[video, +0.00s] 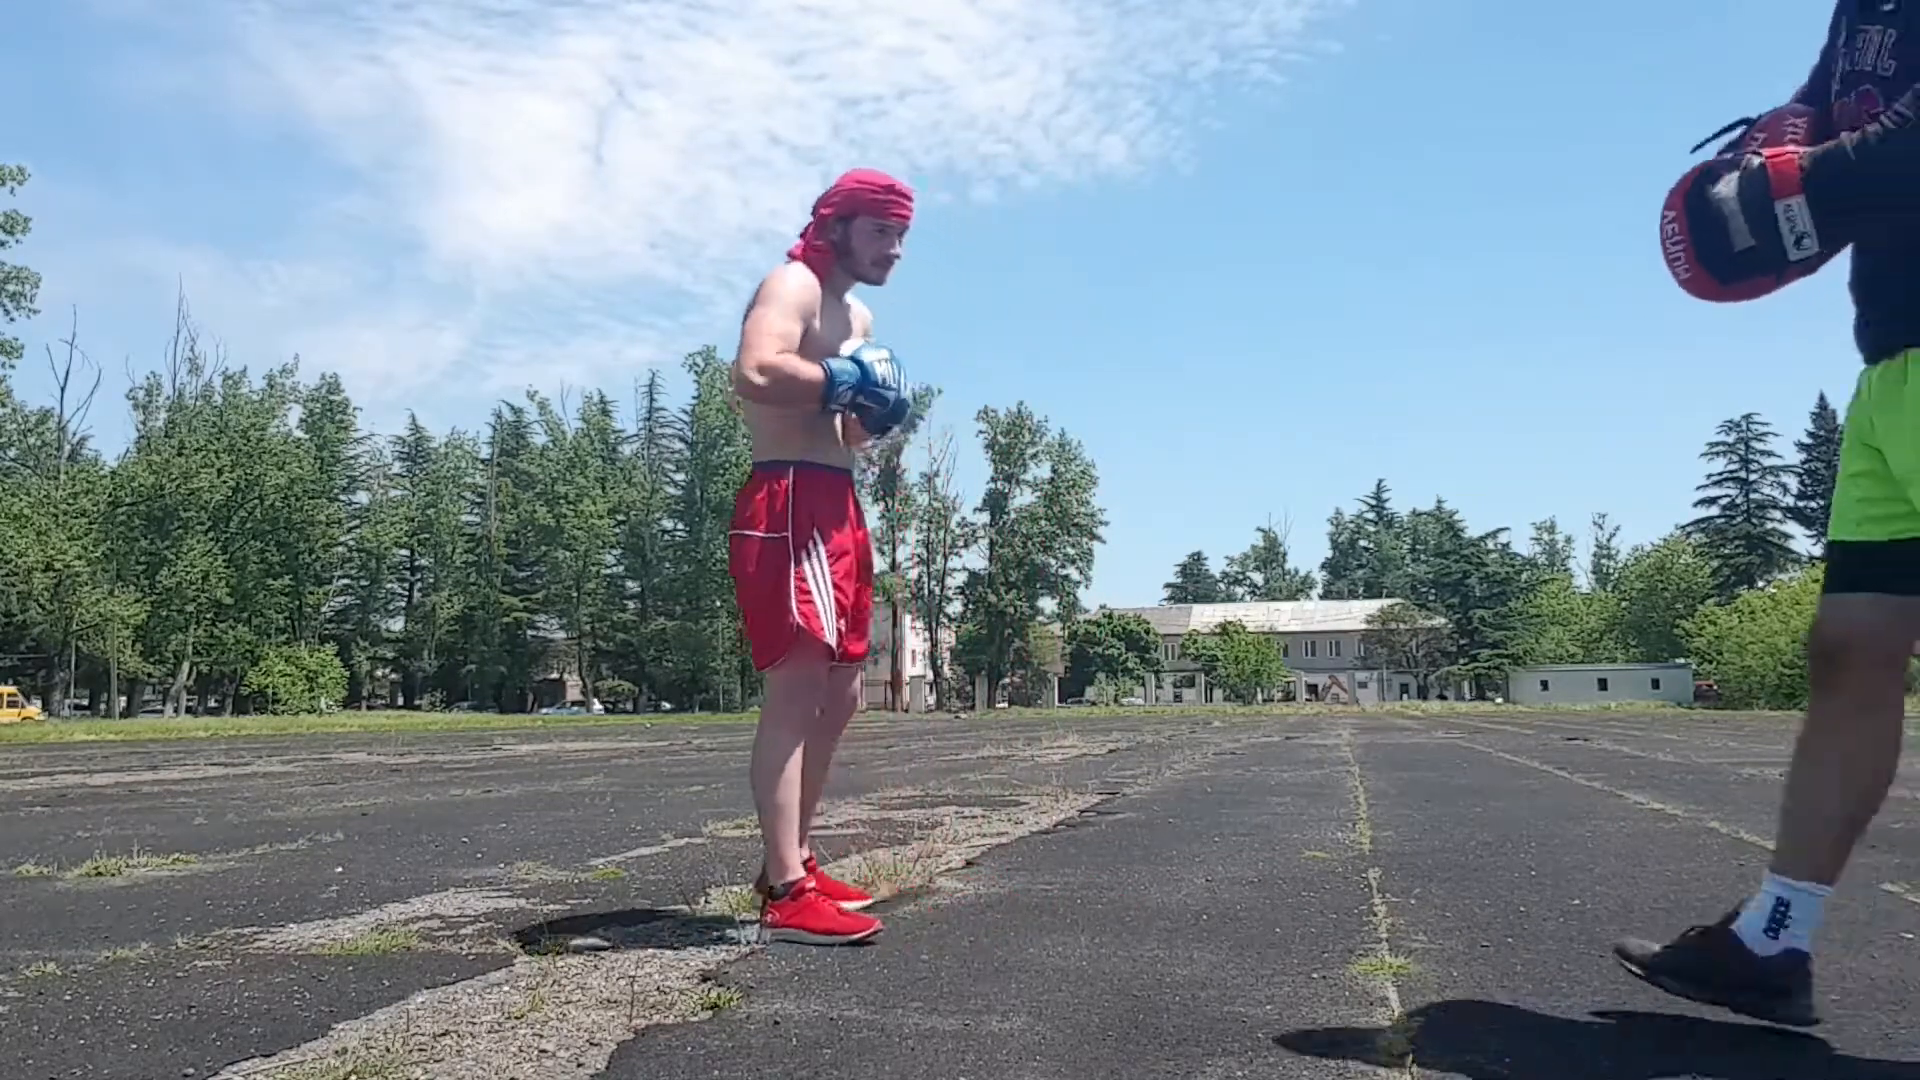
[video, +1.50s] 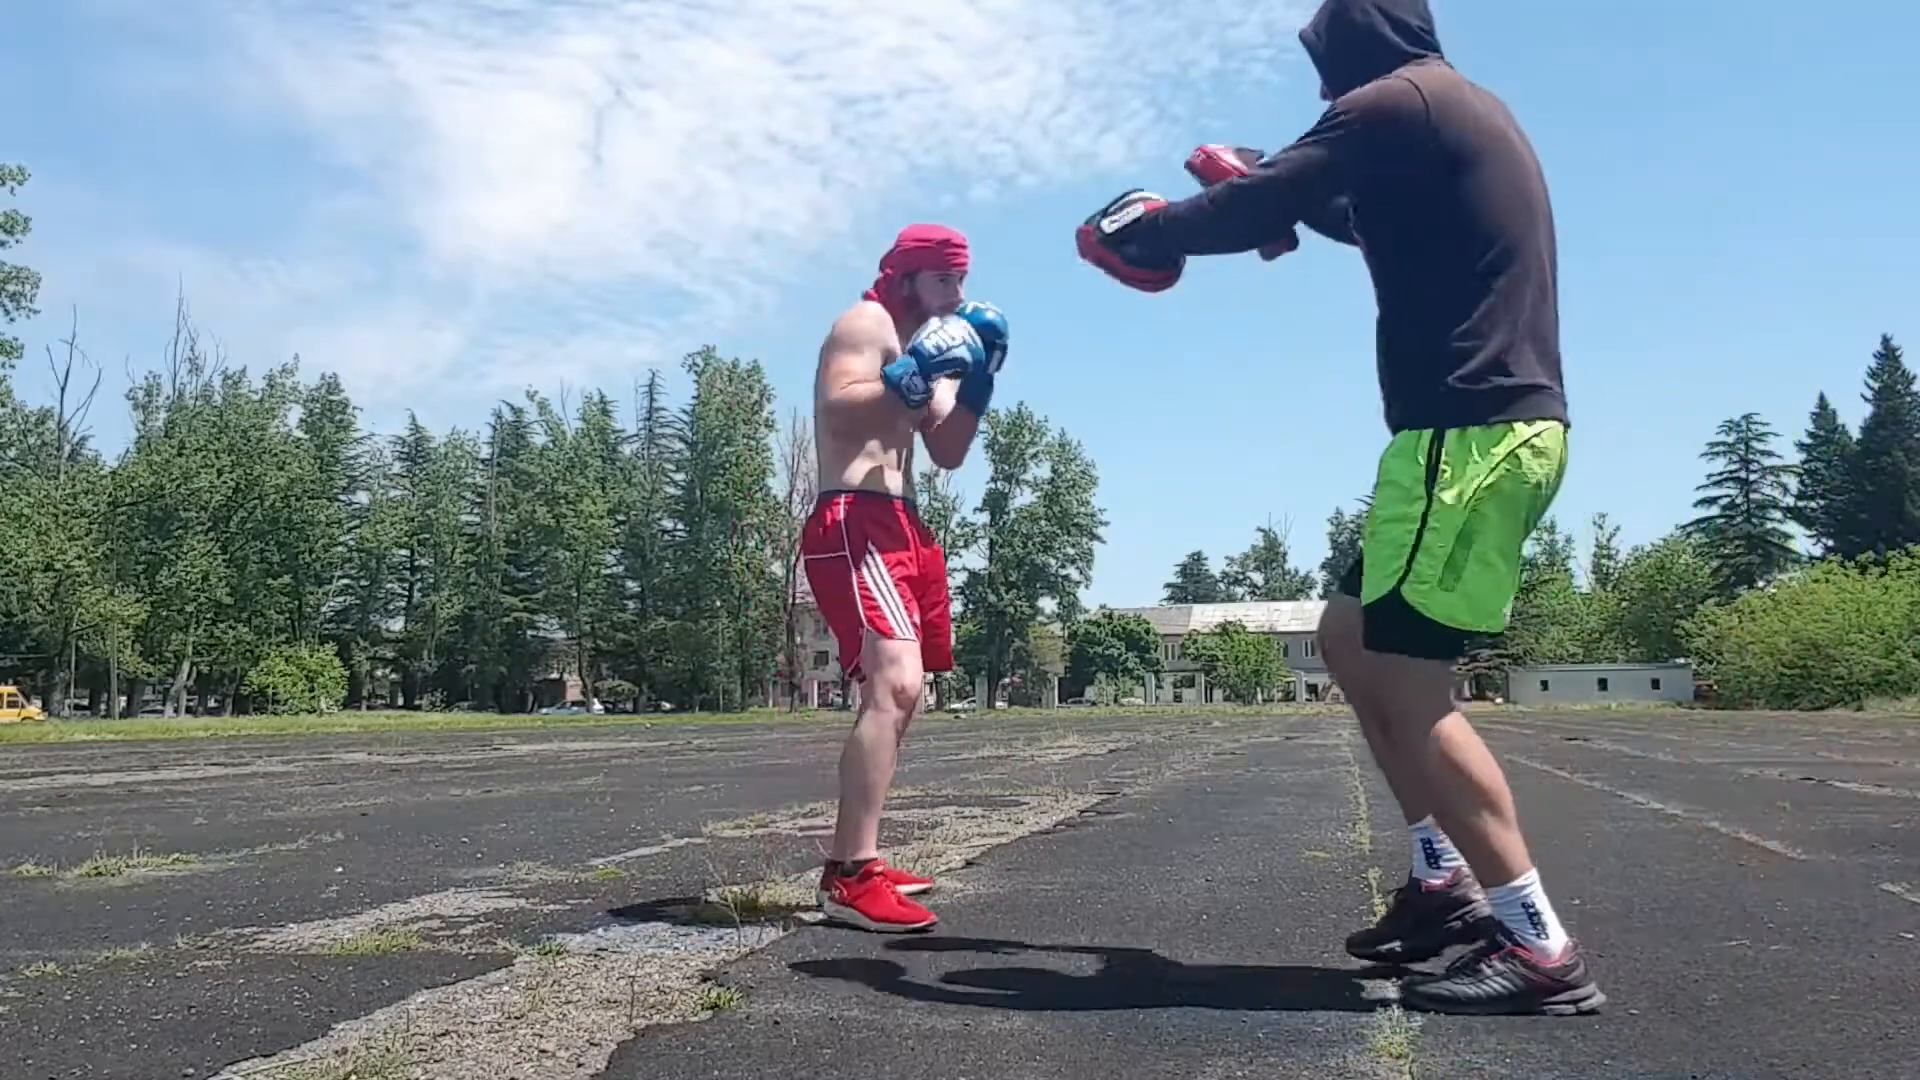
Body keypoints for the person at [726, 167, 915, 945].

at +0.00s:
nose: (895, 250)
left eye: (901, 237)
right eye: (883, 234)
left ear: (889, 243)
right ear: (836, 227)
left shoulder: (858, 318)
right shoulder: (791, 284)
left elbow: (844, 434)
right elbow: (754, 371)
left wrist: (877, 421)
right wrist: (847, 382)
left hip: (837, 504)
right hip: (785, 502)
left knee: (842, 693)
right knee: (798, 686)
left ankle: (796, 862)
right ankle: (781, 883)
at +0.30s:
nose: (887, 269)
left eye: (894, 258)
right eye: (874, 254)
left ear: (891, 267)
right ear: (831, 252)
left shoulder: (859, 342)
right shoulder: (794, 294)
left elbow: (890, 465)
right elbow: (729, 362)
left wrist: (888, 421)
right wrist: (827, 378)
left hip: (831, 510)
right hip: (793, 506)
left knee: (801, 705)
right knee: (853, 684)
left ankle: (778, 878)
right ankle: (803, 880)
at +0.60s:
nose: (902, 267)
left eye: (909, 256)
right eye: (890, 251)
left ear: (902, 262)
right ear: (845, 246)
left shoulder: (871, 338)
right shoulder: (796, 303)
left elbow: (862, 462)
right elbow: (755, 407)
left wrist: (899, 417)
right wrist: (841, 372)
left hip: (850, 520)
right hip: (798, 512)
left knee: (807, 703)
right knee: (847, 690)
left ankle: (780, 877)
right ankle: (838, 884)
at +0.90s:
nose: (927, 266)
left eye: (933, 254)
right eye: (915, 249)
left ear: (923, 263)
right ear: (868, 246)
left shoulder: (885, 337)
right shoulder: (821, 325)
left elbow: (909, 450)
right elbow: (856, 441)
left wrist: (949, 377)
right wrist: (904, 374)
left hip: (863, 520)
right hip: (813, 518)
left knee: (896, 688)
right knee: (842, 698)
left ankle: (812, 835)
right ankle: (839, 886)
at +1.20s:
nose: (951, 298)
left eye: (956, 287)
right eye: (939, 283)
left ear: (949, 295)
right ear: (895, 280)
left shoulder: (922, 358)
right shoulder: (853, 331)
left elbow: (931, 473)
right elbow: (826, 427)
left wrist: (968, 395)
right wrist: (899, 391)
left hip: (891, 529)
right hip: (844, 522)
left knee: (909, 704)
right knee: (883, 693)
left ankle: (858, 855)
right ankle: (841, 888)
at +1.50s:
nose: (958, 292)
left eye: (961, 281)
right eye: (947, 278)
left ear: (947, 287)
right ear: (906, 275)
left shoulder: (927, 347)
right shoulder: (866, 320)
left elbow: (948, 451)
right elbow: (840, 400)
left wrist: (979, 376)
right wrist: (915, 379)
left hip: (901, 526)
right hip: (852, 520)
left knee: (909, 690)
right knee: (893, 683)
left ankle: (855, 857)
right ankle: (854, 869)